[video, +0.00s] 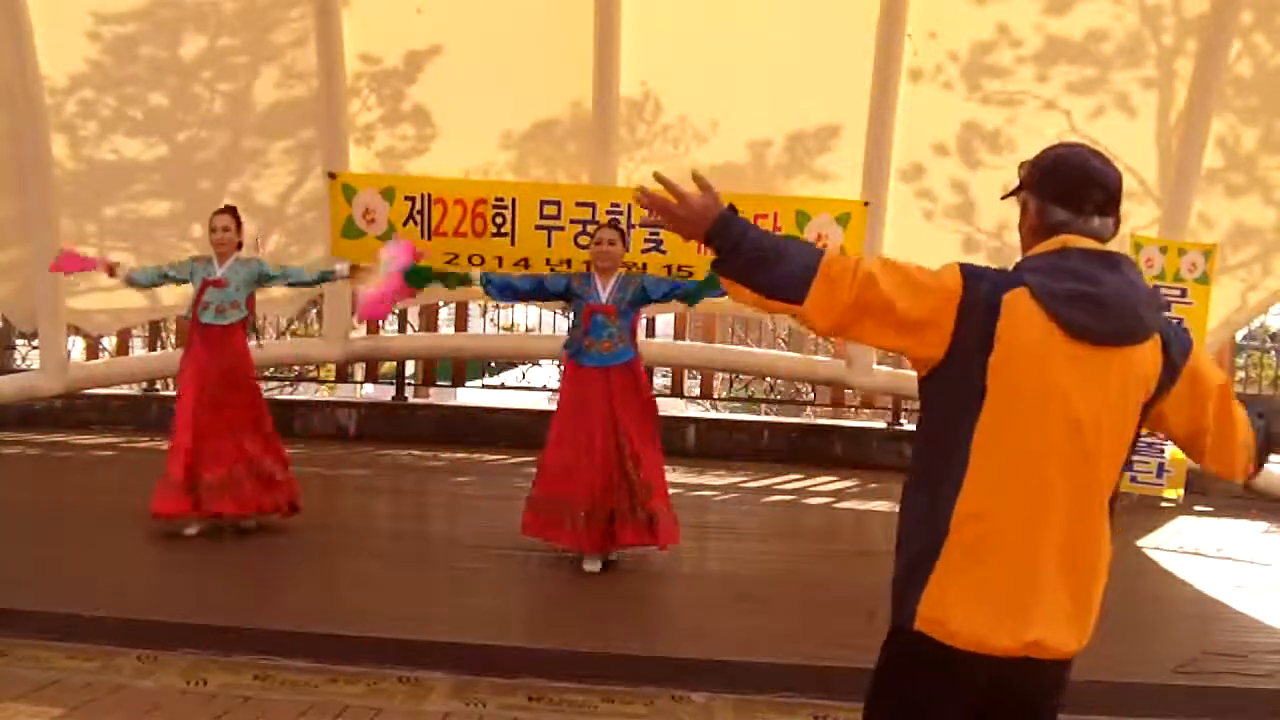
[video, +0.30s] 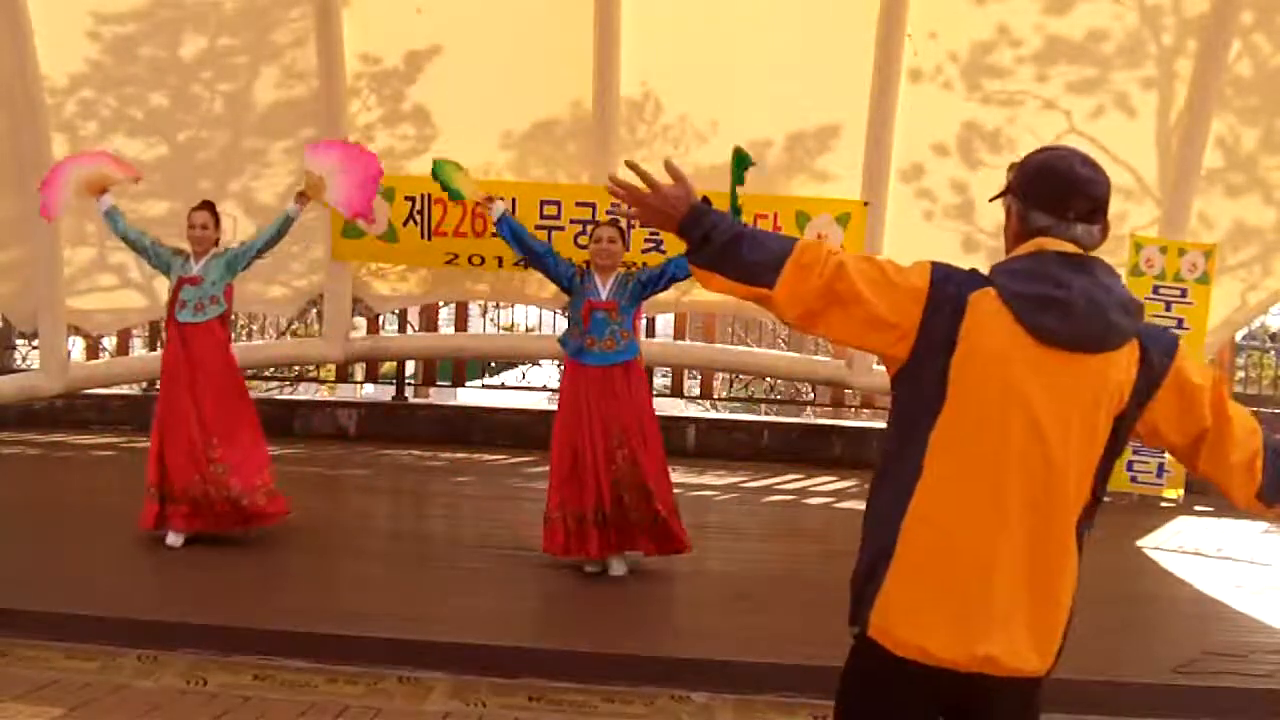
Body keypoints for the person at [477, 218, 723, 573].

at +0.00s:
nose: (604, 248)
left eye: (612, 243)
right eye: (599, 242)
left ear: (623, 251)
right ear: (589, 249)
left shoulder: (636, 286)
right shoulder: (576, 284)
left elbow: (681, 291)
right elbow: (526, 285)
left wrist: (715, 280)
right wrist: (476, 278)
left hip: (621, 381)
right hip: (583, 380)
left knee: (616, 456)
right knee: (586, 456)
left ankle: (608, 541)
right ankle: (589, 543)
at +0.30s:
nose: (604, 247)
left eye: (612, 241)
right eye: (598, 241)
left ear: (624, 250)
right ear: (588, 248)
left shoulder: (634, 283)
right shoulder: (576, 280)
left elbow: (676, 268)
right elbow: (538, 252)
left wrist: (712, 246)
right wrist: (499, 215)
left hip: (622, 380)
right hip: (581, 379)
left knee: (620, 459)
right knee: (584, 458)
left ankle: (617, 549)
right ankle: (591, 547)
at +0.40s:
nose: (604, 246)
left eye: (612, 240)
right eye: (598, 240)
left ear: (624, 248)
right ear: (588, 247)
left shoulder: (633, 285)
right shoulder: (577, 280)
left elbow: (672, 265)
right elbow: (542, 245)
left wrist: (693, 230)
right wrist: (512, 199)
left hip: (623, 380)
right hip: (583, 380)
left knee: (620, 461)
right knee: (587, 460)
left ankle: (606, 550)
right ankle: (595, 553)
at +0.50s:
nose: (605, 247)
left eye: (613, 242)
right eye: (598, 241)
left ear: (624, 251)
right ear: (588, 248)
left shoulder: (634, 286)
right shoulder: (577, 281)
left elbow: (670, 259)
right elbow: (548, 240)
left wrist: (692, 219)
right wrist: (528, 190)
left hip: (624, 386)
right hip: (583, 385)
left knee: (625, 464)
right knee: (586, 465)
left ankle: (620, 551)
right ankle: (594, 555)